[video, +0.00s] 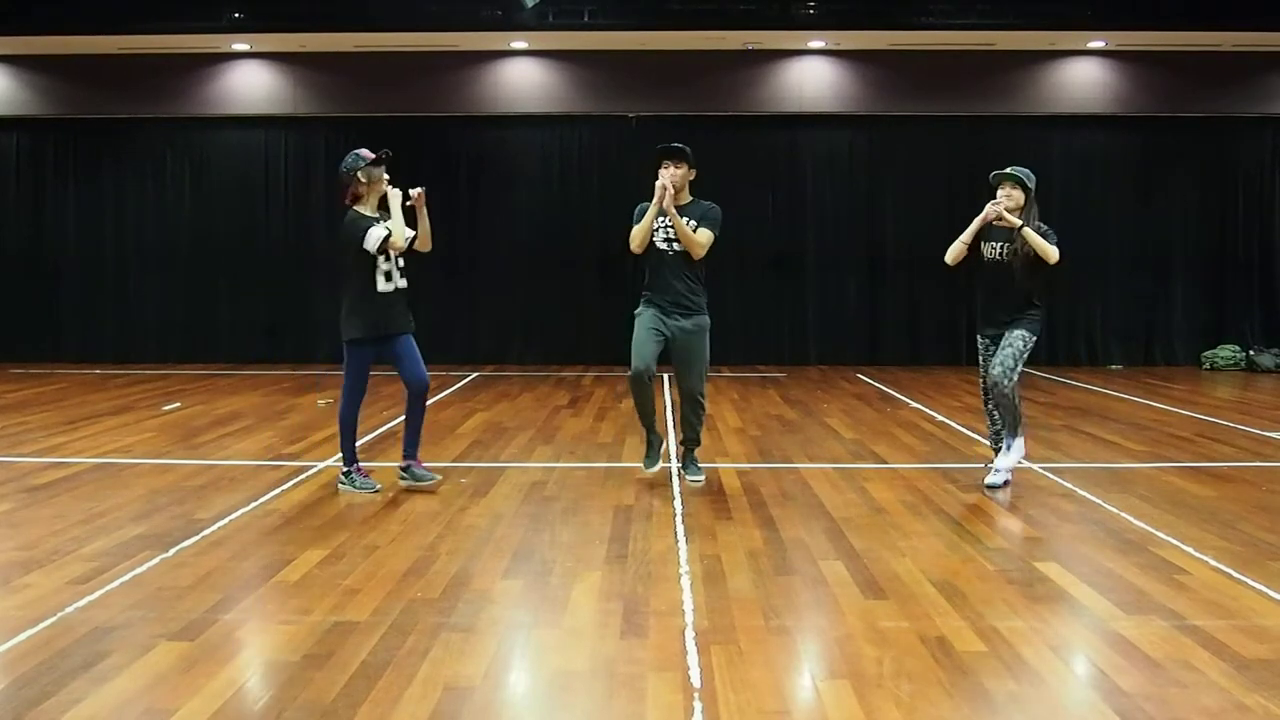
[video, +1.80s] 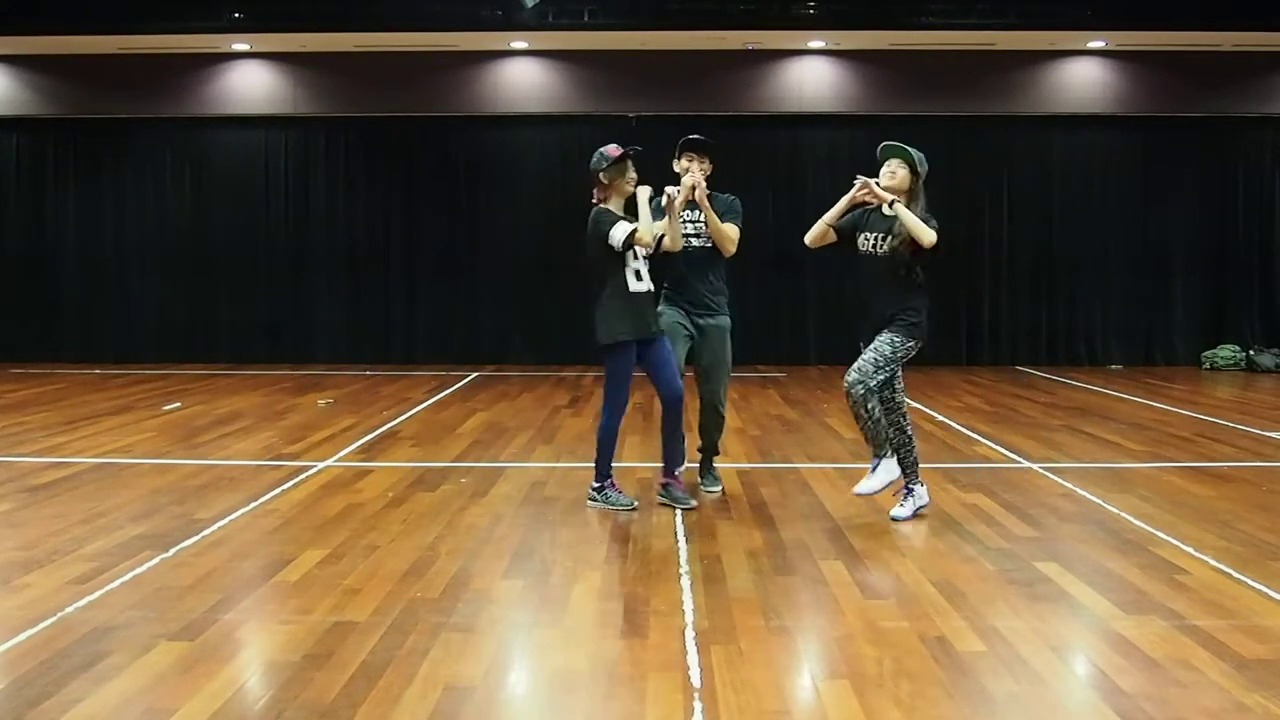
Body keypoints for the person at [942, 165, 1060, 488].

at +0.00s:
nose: (1004, 193)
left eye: (1013, 189)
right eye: (1001, 188)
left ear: (1027, 196)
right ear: (995, 194)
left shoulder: (1037, 230)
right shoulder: (983, 229)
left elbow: (1052, 256)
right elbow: (951, 258)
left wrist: (1019, 225)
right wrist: (979, 222)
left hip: (1024, 319)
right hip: (988, 320)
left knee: (999, 379)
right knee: (990, 390)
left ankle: (1013, 440)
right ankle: (1001, 459)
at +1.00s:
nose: (955, 190)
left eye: (964, 185)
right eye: (953, 185)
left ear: (981, 194)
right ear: (947, 192)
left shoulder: (994, 229)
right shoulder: (938, 226)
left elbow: (992, 252)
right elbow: (895, 253)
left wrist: (959, 217)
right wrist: (926, 215)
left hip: (976, 333)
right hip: (941, 332)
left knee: (959, 404)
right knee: (948, 409)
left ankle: (968, 479)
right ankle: (979, 467)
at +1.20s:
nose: (935, 192)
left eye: (944, 187)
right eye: (933, 187)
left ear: (961, 193)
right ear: (930, 194)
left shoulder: (977, 232)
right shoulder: (923, 233)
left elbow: (970, 262)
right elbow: (880, 261)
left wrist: (933, 227)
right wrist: (904, 223)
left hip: (965, 338)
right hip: (928, 330)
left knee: (957, 419)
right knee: (905, 381)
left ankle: (966, 485)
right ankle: (939, 422)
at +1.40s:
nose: (921, 176)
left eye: (930, 173)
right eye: (920, 172)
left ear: (948, 184)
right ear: (916, 185)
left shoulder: (959, 222)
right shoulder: (906, 220)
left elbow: (944, 242)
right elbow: (855, 246)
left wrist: (914, 205)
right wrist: (884, 209)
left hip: (949, 331)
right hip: (910, 327)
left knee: (953, 406)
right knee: (892, 393)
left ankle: (963, 480)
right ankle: (911, 469)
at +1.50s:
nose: (909, 190)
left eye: (918, 185)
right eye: (908, 184)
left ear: (938, 192)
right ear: (906, 193)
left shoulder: (952, 233)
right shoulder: (897, 231)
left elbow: (931, 261)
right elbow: (850, 260)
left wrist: (902, 220)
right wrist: (877, 220)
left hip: (934, 339)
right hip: (897, 338)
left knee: (919, 415)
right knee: (896, 419)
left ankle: (953, 470)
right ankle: (914, 492)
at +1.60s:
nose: (901, 197)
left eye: (910, 191)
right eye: (898, 191)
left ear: (928, 197)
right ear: (894, 198)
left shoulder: (944, 240)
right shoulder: (888, 237)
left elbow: (931, 271)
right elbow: (842, 267)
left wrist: (898, 231)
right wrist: (868, 228)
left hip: (922, 342)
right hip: (886, 341)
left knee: (884, 403)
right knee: (888, 423)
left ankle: (929, 444)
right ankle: (915, 494)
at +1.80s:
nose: (889, 171)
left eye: (898, 168)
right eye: (886, 166)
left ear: (913, 181)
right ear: (877, 175)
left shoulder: (918, 215)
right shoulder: (864, 214)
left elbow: (928, 240)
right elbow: (813, 240)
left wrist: (891, 203)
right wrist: (847, 202)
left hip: (905, 322)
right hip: (872, 322)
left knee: (857, 382)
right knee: (893, 406)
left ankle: (884, 458)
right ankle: (914, 486)